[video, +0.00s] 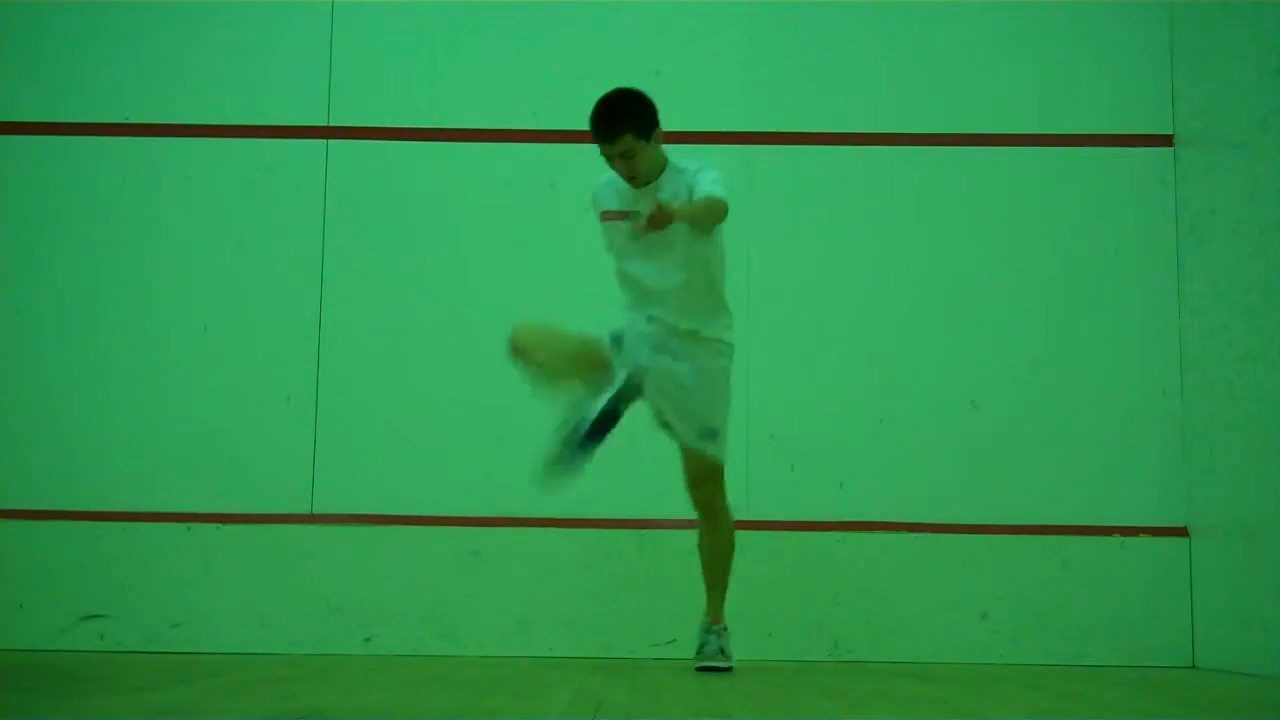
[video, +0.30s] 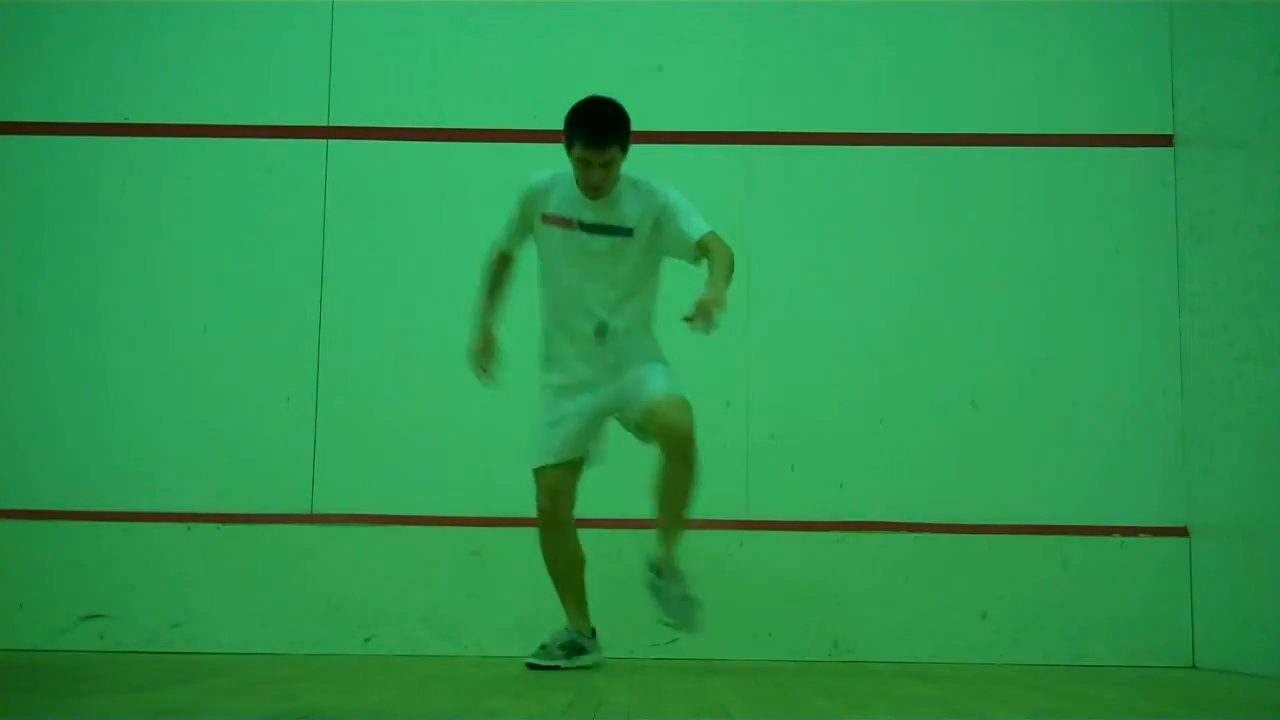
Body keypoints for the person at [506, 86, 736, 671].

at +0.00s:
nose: (620, 167)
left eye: (628, 153)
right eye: (611, 157)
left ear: (657, 139)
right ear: (603, 153)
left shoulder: (696, 181)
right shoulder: (608, 194)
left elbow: (715, 209)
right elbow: (629, 262)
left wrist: (678, 213)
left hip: (699, 349)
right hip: (637, 338)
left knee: (707, 490)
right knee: (524, 342)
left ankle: (715, 623)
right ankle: (604, 387)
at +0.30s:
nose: (595, 176)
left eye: (606, 164)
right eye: (584, 163)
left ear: (624, 155)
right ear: (568, 153)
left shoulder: (651, 203)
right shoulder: (542, 197)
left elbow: (718, 250)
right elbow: (503, 256)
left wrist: (714, 294)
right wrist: (486, 328)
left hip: (636, 369)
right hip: (568, 378)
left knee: (679, 428)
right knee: (551, 502)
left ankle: (666, 563)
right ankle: (579, 631)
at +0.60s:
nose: (594, 204)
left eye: (605, 193)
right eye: (586, 190)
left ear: (617, 189)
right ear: (562, 176)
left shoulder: (622, 250)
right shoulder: (520, 200)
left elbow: (683, 311)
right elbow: (458, 195)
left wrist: (730, 374)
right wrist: (391, 220)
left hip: (580, 395)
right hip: (516, 389)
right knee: (464, 480)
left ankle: (505, 635)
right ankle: (574, 570)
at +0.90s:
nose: (659, 219)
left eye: (665, 212)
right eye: (657, 207)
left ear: (660, 200)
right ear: (631, 183)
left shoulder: (647, 247)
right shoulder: (559, 183)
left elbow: (702, 308)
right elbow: (468, 176)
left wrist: (770, 348)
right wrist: (380, 177)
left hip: (594, 364)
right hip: (530, 360)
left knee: (609, 463)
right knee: (493, 463)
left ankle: (642, 584)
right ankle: (588, 528)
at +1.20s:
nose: (611, 284)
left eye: (620, 278)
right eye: (607, 275)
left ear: (628, 267)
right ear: (585, 252)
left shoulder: (634, 285)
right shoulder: (528, 273)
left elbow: (696, 306)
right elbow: (463, 331)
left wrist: (760, 341)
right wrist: (463, 415)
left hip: (615, 440)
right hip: (542, 441)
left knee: (662, 536)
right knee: (505, 528)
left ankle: (688, 627)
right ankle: (514, 632)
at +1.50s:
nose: (592, 227)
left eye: (604, 220)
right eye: (588, 214)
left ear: (615, 214)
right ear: (564, 189)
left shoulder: (611, 253)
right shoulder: (507, 206)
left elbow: (686, 288)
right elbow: (417, 203)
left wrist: (763, 327)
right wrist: (386, 277)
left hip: (566, 378)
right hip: (505, 379)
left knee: (527, 486)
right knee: (494, 496)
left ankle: (528, 629)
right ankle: (599, 577)